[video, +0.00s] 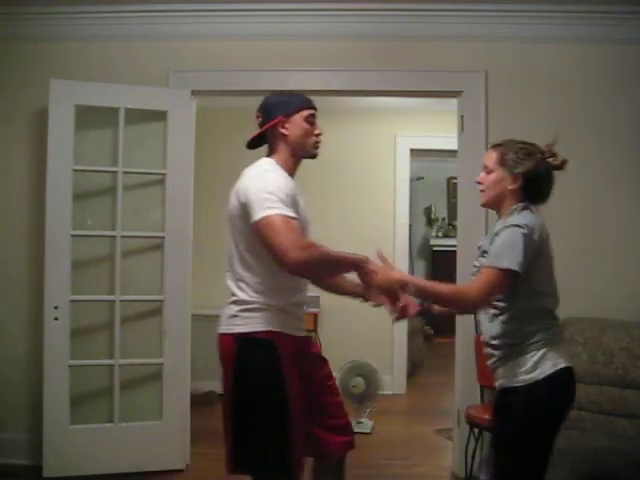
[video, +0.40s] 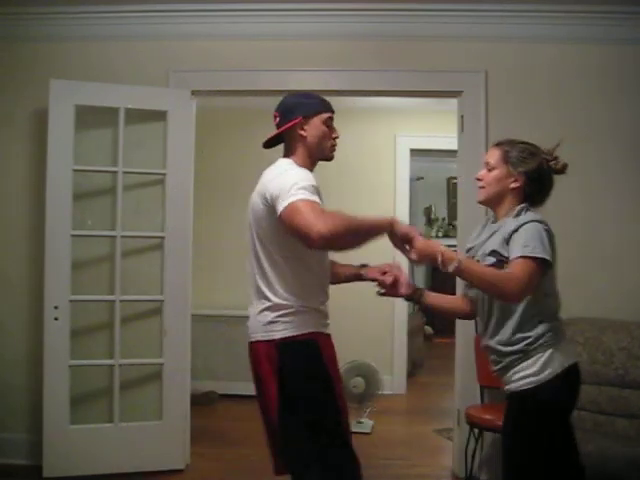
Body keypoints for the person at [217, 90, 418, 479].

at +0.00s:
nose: (318, 129)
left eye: (316, 121)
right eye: (309, 120)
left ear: (285, 130)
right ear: (281, 127)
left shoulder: (285, 188)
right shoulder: (262, 179)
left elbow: (314, 270)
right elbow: (295, 255)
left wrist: (373, 290)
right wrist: (360, 263)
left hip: (291, 336)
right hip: (259, 338)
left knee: (333, 444)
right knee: (276, 462)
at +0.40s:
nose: (336, 133)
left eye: (334, 124)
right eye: (328, 124)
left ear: (298, 132)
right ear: (300, 129)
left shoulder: (285, 179)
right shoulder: (287, 176)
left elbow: (305, 266)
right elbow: (319, 230)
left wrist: (363, 272)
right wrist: (389, 224)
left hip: (287, 334)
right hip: (293, 336)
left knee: (307, 458)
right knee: (325, 458)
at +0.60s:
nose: (323, 133)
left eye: (322, 125)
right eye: (314, 124)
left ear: (288, 131)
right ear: (286, 128)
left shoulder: (277, 175)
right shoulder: (271, 169)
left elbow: (272, 265)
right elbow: (320, 200)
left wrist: (325, 262)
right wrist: (357, 171)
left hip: (280, 328)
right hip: (263, 330)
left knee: (330, 427)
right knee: (289, 450)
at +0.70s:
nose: (310, 131)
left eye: (310, 124)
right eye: (303, 122)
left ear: (276, 128)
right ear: (274, 125)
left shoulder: (267, 173)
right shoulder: (258, 167)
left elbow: (259, 261)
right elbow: (323, 189)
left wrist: (310, 258)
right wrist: (344, 147)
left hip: (269, 326)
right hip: (252, 328)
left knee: (309, 436)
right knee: (271, 450)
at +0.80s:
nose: (297, 131)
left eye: (297, 123)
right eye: (289, 122)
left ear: (263, 128)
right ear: (260, 125)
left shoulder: (253, 173)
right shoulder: (244, 167)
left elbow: (247, 261)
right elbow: (323, 179)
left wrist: (298, 256)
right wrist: (333, 133)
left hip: (254, 326)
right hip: (242, 328)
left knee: (262, 445)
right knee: (255, 448)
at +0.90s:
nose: (284, 132)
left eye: (284, 124)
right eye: (276, 123)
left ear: (249, 129)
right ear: (246, 125)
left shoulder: (239, 175)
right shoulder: (231, 167)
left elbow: (234, 260)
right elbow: (315, 173)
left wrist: (287, 257)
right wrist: (331, 128)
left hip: (234, 326)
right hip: (225, 328)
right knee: (242, 450)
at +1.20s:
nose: (248, 140)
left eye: (249, 132)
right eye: (242, 130)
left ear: (211, 133)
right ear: (214, 130)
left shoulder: (190, 177)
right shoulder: (200, 170)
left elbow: (186, 263)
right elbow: (297, 154)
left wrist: (240, 270)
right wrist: (329, 117)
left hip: (183, 333)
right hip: (188, 337)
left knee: (182, 459)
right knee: (193, 461)